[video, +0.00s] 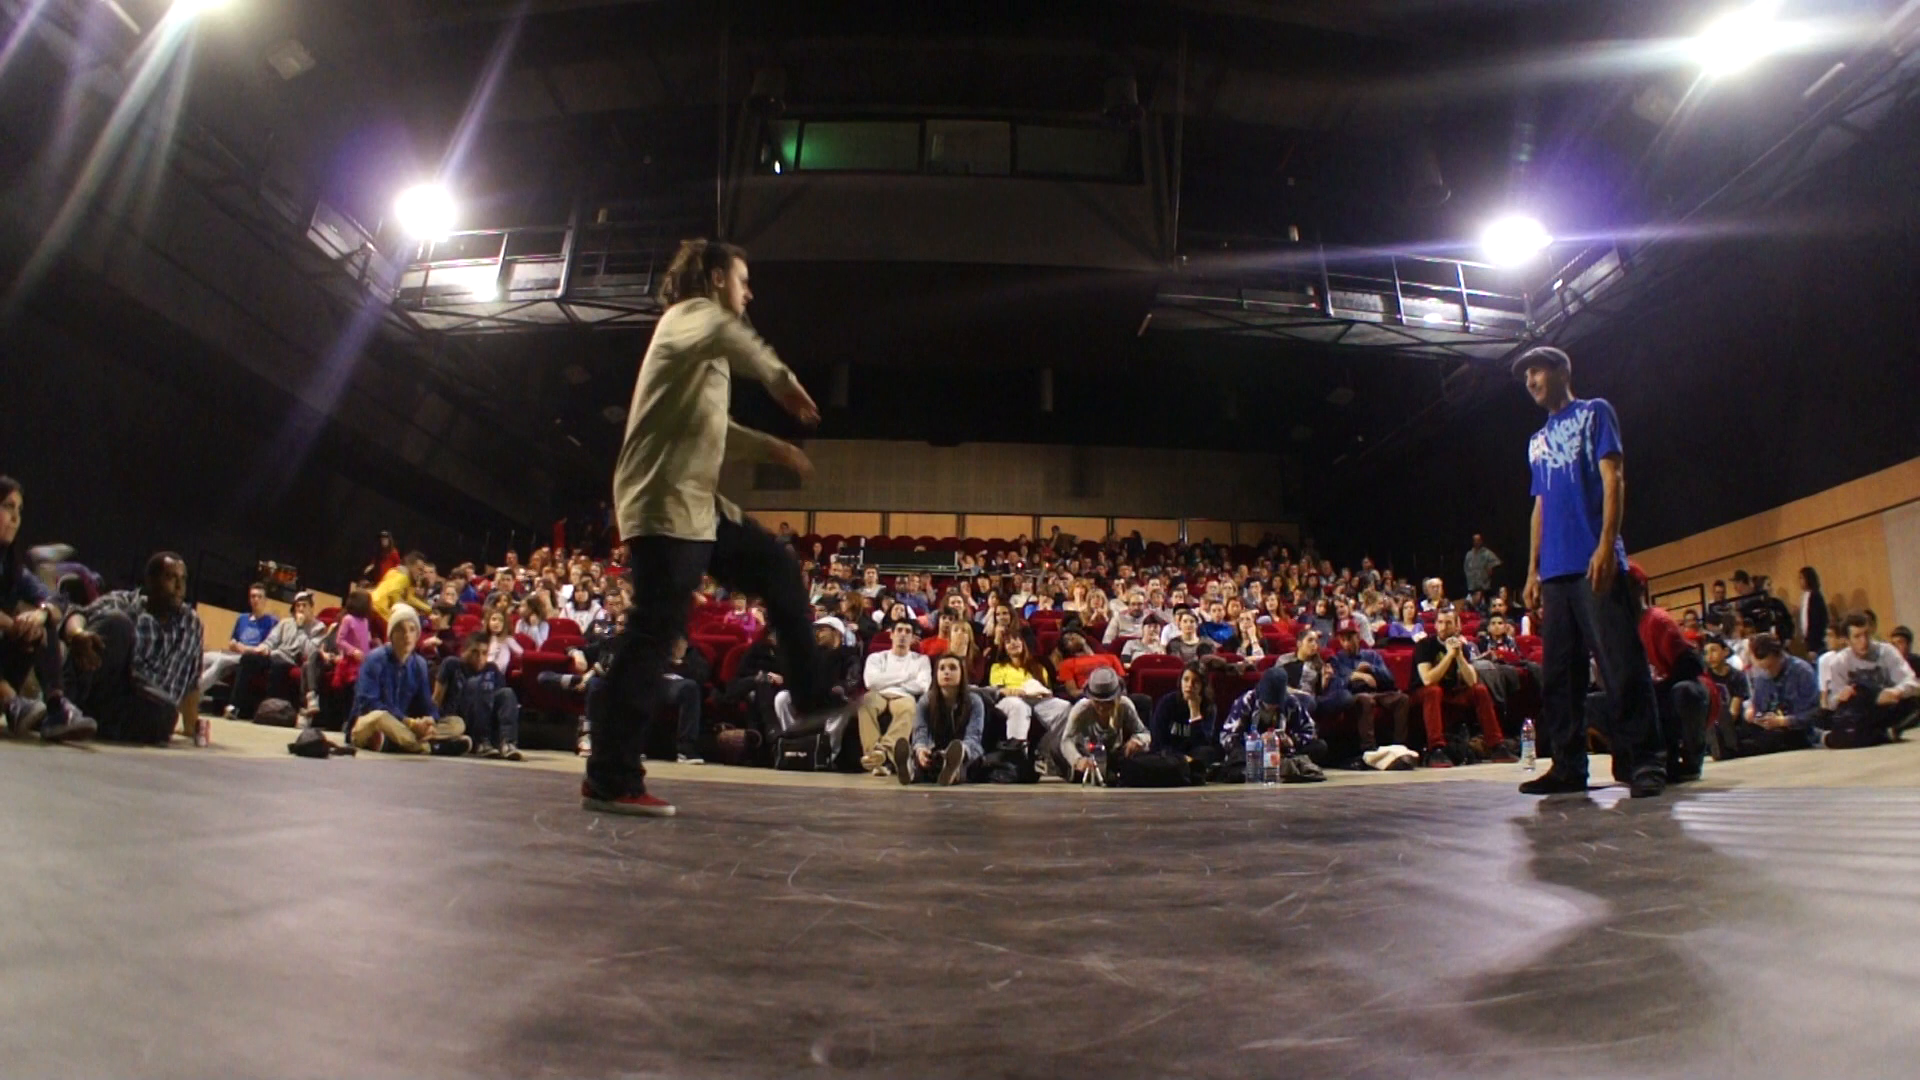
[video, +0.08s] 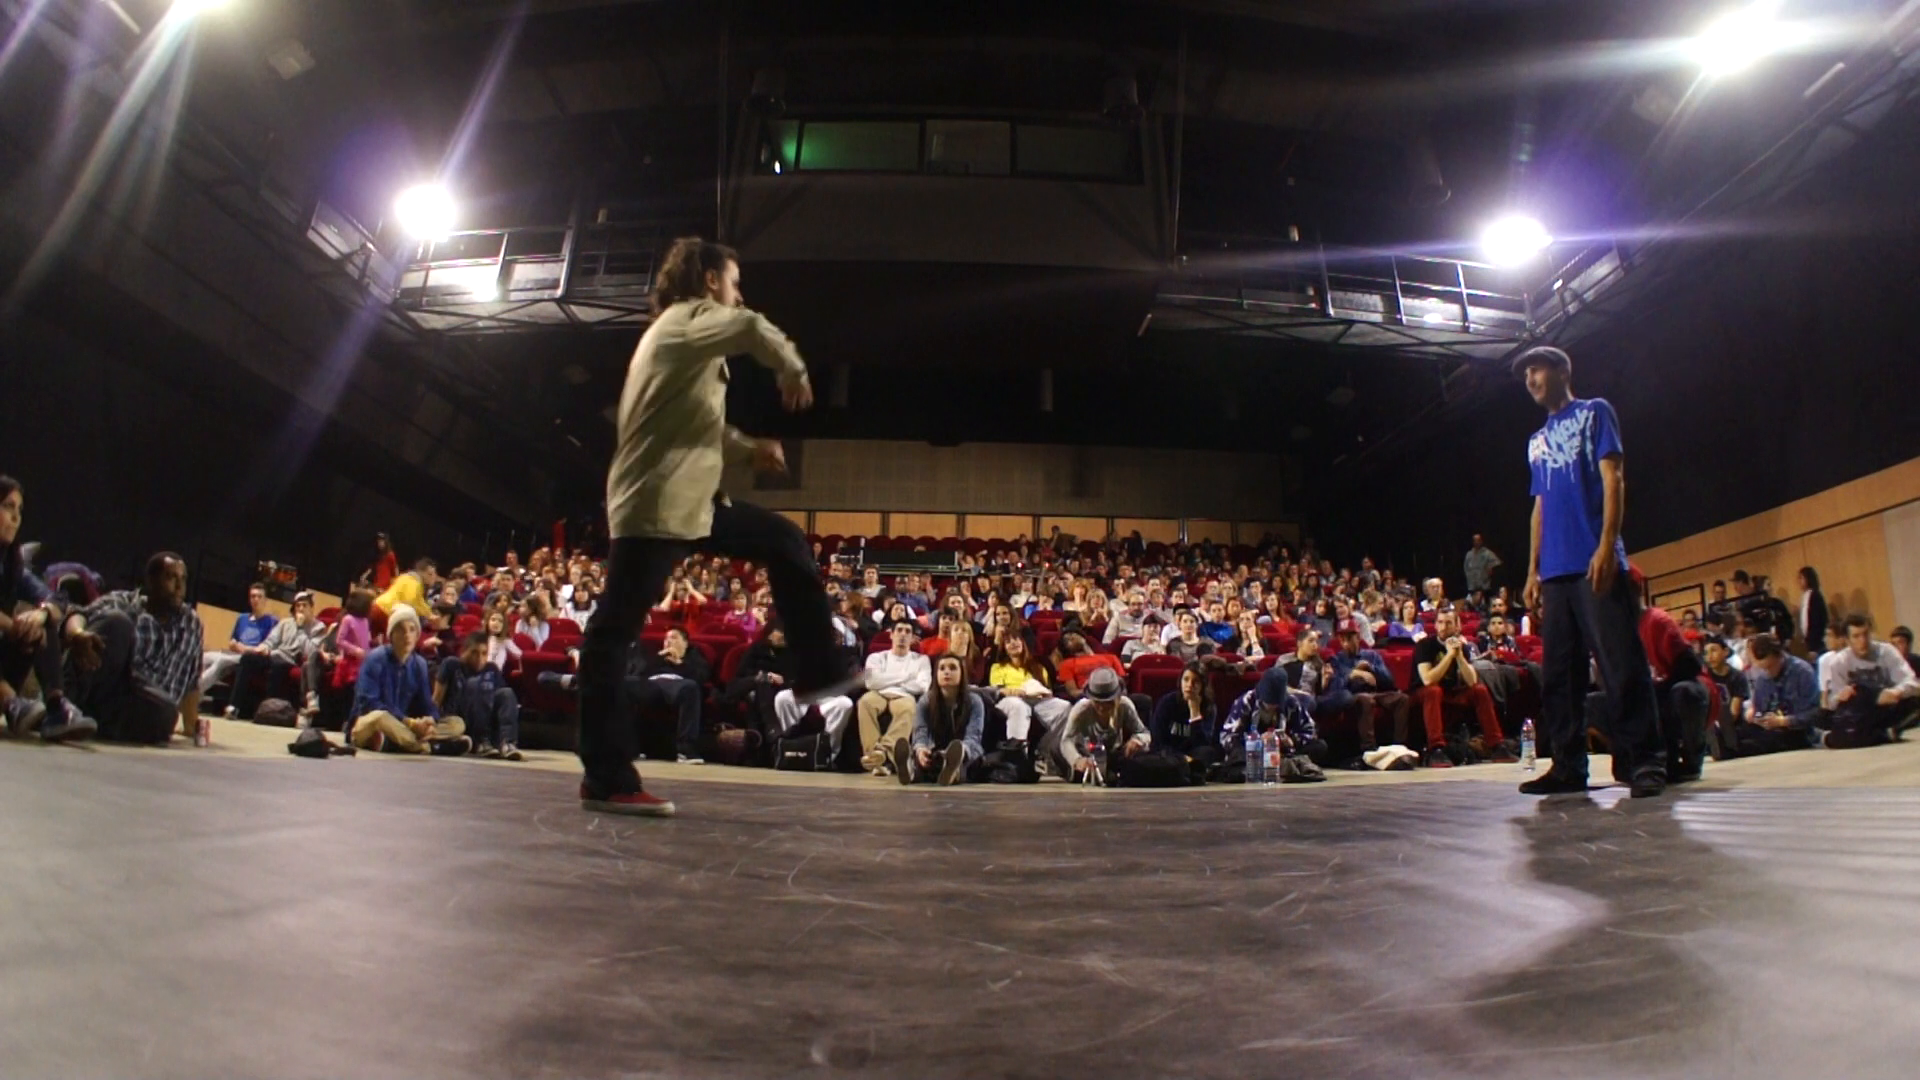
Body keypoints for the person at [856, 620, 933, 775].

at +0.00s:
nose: (903, 635)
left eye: (907, 632)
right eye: (899, 630)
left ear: (913, 638)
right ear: (891, 635)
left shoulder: (921, 659)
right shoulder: (875, 657)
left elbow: (922, 687)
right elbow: (871, 682)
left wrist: (887, 683)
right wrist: (905, 678)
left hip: (904, 695)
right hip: (879, 693)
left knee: (907, 710)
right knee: (866, 707)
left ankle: (884, 750)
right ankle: (876, 761)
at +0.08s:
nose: (903, 635)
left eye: (907, 632)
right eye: (899, 630)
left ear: (912, 638)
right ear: (891, 634)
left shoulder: (921, 659)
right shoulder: (875, 657)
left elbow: (922, 686)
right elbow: (871, 682)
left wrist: (887, 682)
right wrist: (905, 678)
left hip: (904, 694)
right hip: (879, 692)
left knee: (907, 710)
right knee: (865, 703)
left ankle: (884, 750)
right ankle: (876, 761)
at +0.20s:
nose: (903, 635)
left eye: (907, 632)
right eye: (899, 630)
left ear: (912, 638)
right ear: (891, 634)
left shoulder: (921, 659)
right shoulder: (875, 657)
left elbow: (922, 686)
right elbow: (871, 682)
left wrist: (887, 683)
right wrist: (905, 678)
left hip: (904, 694)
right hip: (879, 692)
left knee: (907, 710)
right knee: (865, 703)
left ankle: (884, 750)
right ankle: (876, 761)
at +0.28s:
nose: (903, 635)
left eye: (907, 632)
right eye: (899, 630)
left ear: (912, 638)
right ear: (891, 634)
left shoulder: (921, 659)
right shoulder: (875, 657)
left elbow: (922, 686)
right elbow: (871, 682)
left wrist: (888, 683)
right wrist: (905, 678)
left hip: (904, 694)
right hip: (879, 692)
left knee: (907, 710)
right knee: (865, 703)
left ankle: (884, 750)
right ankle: (876, 761)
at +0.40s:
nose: (903, 635)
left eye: (907, 632)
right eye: (899, 630)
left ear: (912, 638)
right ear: (891, 634)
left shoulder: (921, 659)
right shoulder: (875, 657)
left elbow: (922, 686)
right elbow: (871, 681)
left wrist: (887, 683)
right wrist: (905, 678)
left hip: (904, 694)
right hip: (879, 692)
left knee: (907, 710)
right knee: (865, 703)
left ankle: (883, 750)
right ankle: (875, 761)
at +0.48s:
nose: (903, 635)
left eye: (907, 632)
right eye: (899, 630)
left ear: (912, 638)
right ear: (891, 634)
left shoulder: (921, 659)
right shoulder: (875, 657)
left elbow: (921, 686)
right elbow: (871, 681)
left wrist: (886, 683)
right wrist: (905, 677)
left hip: (904, 694)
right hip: (879, 692)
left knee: (907, 710)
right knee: (865, 703)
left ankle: (883, 750)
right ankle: (875, 761)